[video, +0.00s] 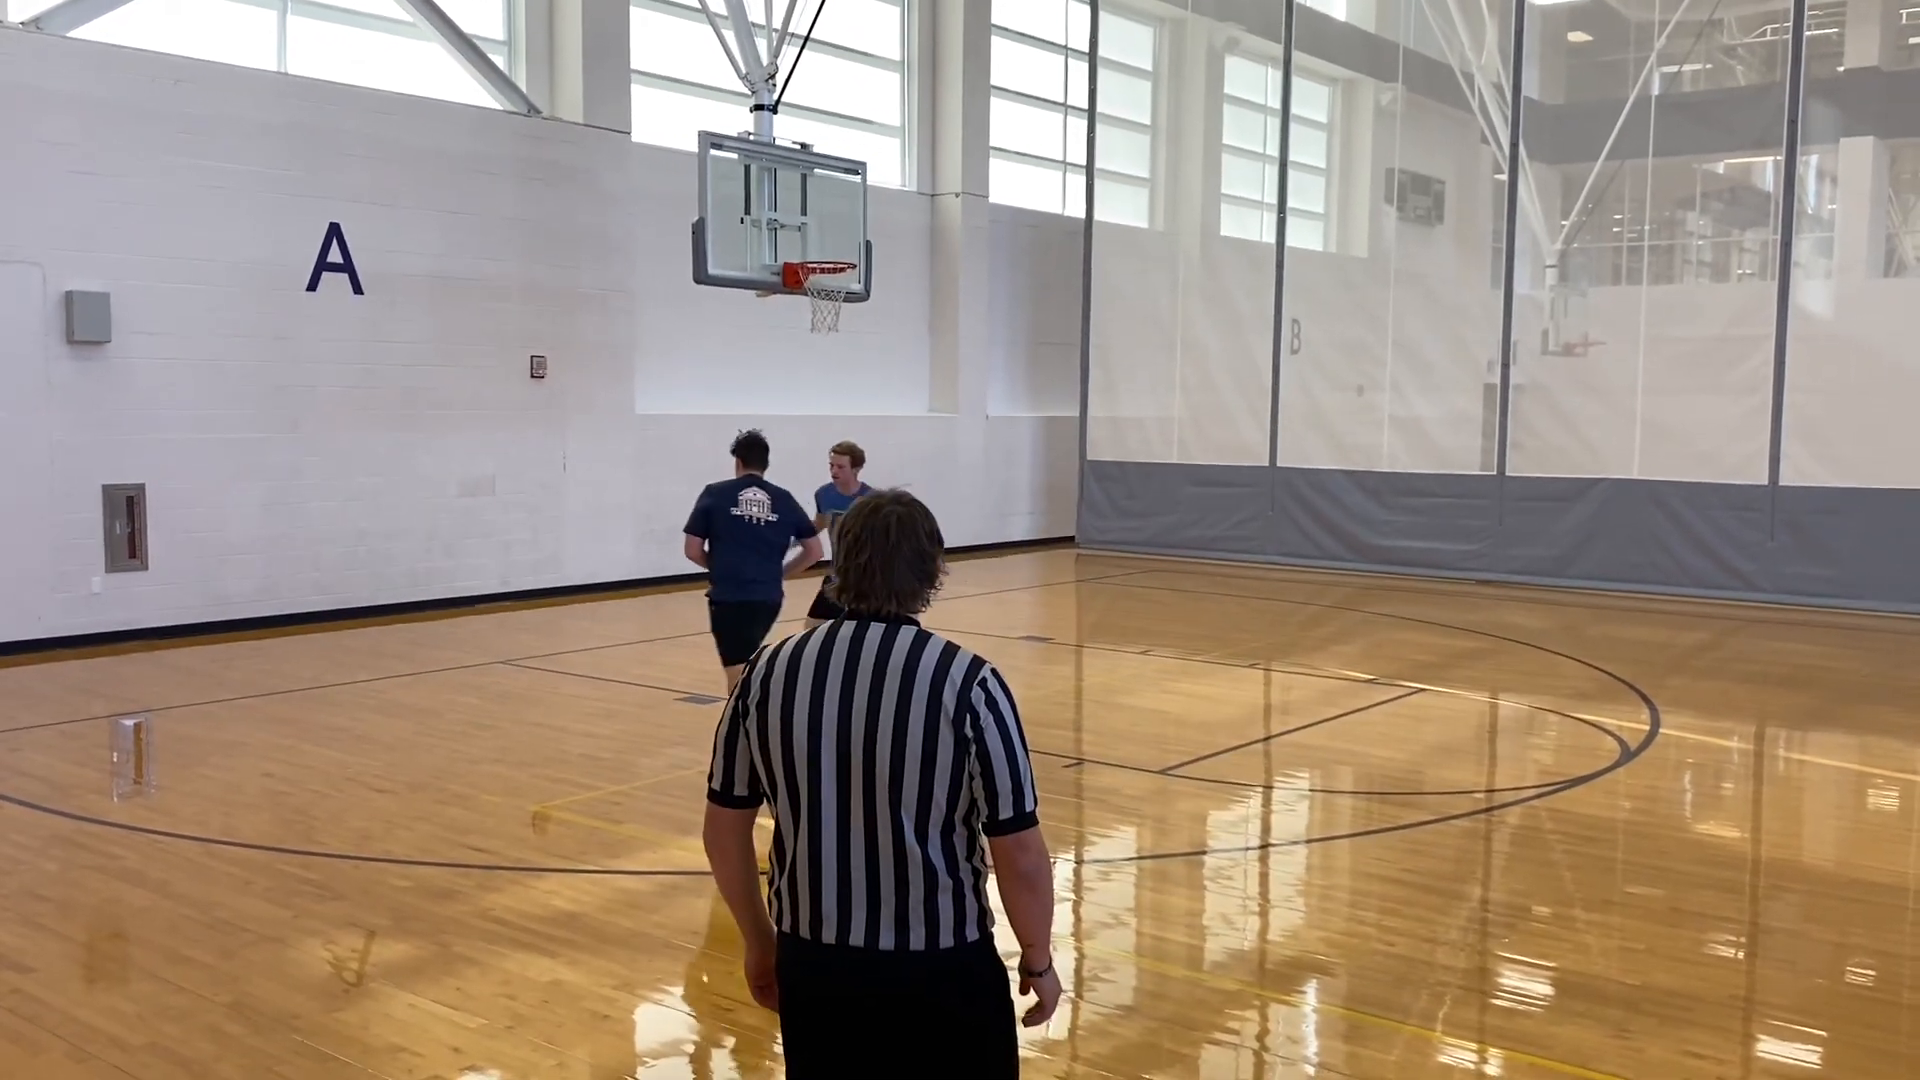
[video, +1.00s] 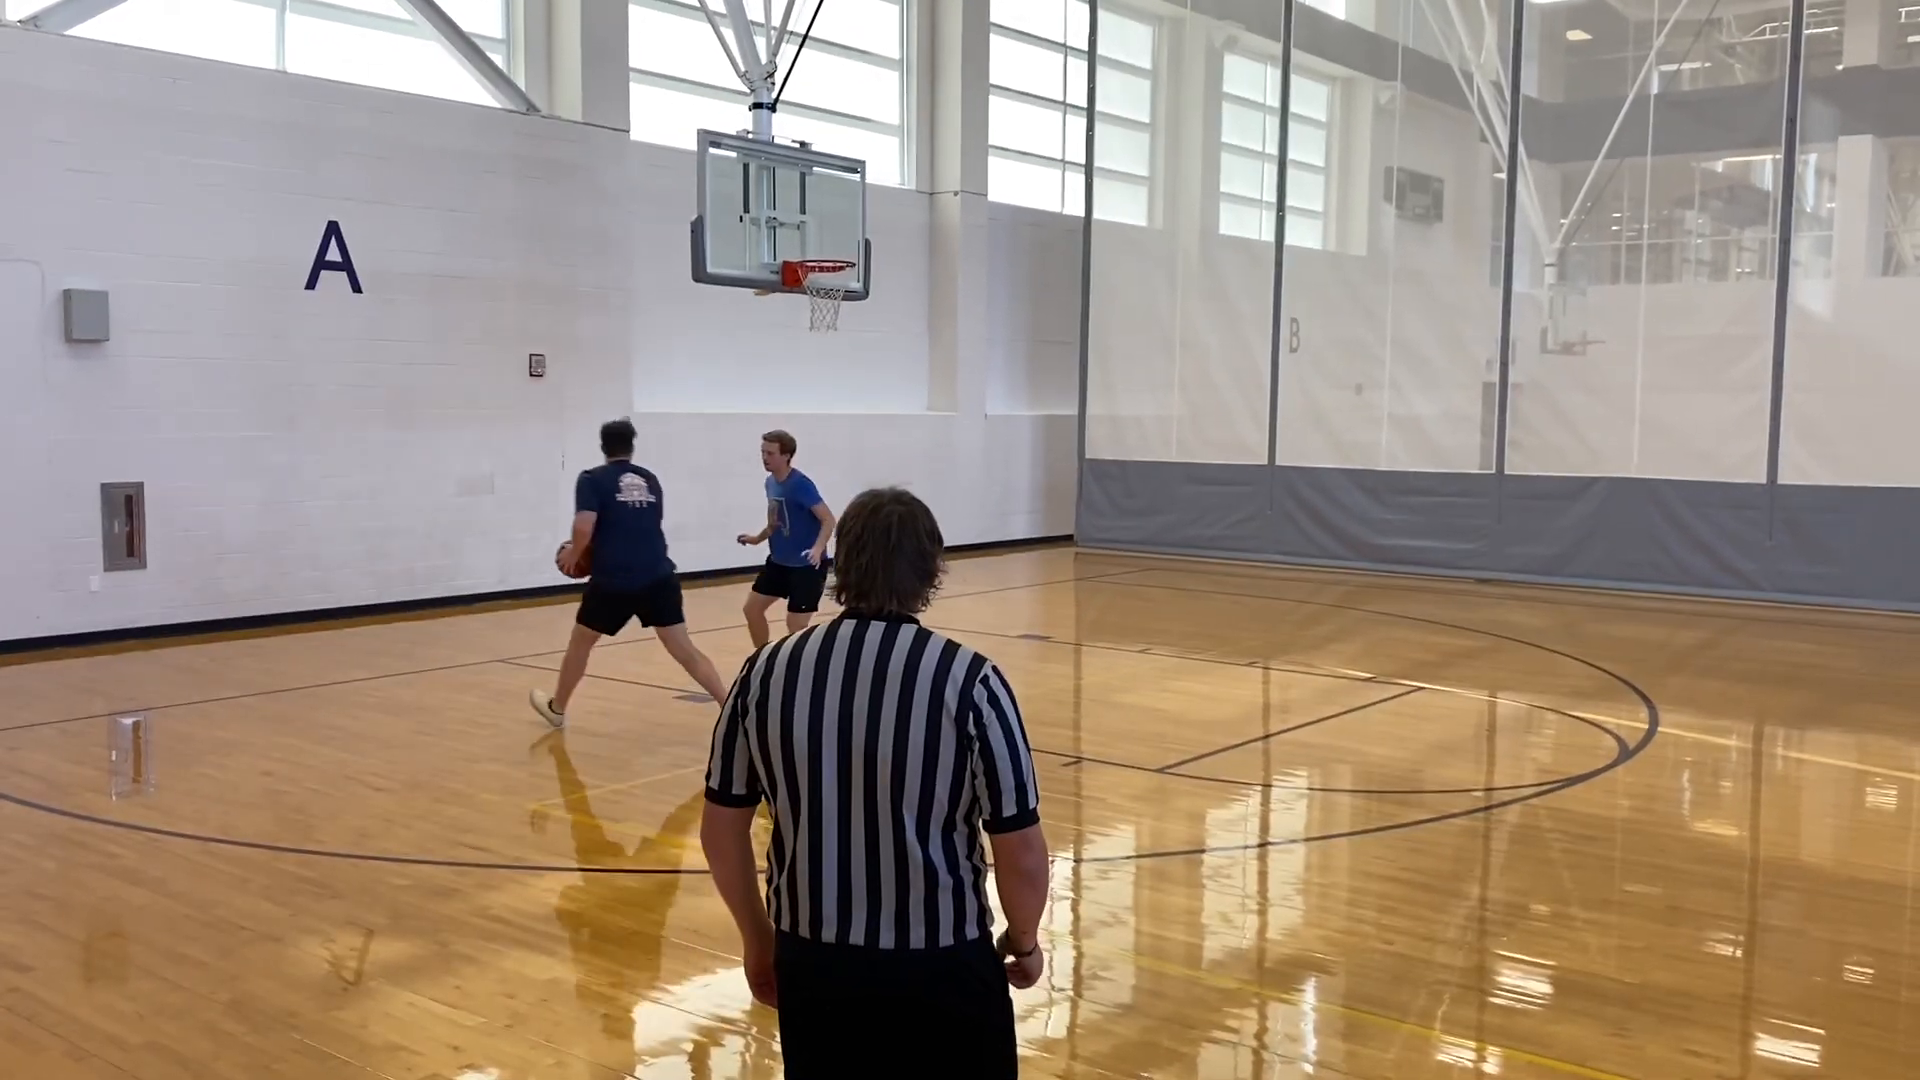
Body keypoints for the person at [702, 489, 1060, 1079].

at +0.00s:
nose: (940, 573)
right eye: (936, 561)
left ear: (841, 565)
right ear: (929, 571)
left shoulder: (768, 668)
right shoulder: (968, 681)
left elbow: (724, 828)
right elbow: (1019, 852)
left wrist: (758, 938)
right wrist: (1037, 955)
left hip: (814, 973)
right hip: (947, 977)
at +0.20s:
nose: (938, 573)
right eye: (934, 560)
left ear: (841, 566)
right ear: (929, 572)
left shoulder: (768, 670)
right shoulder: (967, 681)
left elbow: (723, 826)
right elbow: (1017, 849)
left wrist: (755, 939)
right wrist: (1035, 950)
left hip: (814, 976)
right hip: (945, 978)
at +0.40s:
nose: (938, 570)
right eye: (934, 558)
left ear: (841, 566)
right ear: (928, 569)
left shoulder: (765, 670)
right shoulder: (968, 682)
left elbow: (721, 829)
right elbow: (1018, 853)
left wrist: (754, 939)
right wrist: (1032, 949)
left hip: (812, 974)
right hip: (945, 976)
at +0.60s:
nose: (939, 570)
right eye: (935, 557)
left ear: (842, 564)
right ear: (930, 569)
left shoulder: (765, 670)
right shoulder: (969, 681)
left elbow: (721, 830)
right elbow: (1020, 854)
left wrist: (755, 939)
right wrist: (1029, 945)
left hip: (812, 973)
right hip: (946, 976)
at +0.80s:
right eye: (934, 557)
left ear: (842, 564)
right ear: (930, 569)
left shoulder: (766, 669)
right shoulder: (970, 680)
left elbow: (721, 830)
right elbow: (1020, 854)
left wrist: (755, 938)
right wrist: (1026, 940)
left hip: (813, 972)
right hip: (946, 974)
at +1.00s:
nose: (939, 570)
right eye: (935, 557)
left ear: (841, 564)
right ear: (931, 569)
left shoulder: (765, 671)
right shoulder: (970, 680)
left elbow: (721, 830)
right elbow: (1021, 853)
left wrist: (756, 937)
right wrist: (1024, 938)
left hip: (813, 973)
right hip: (947, 976)